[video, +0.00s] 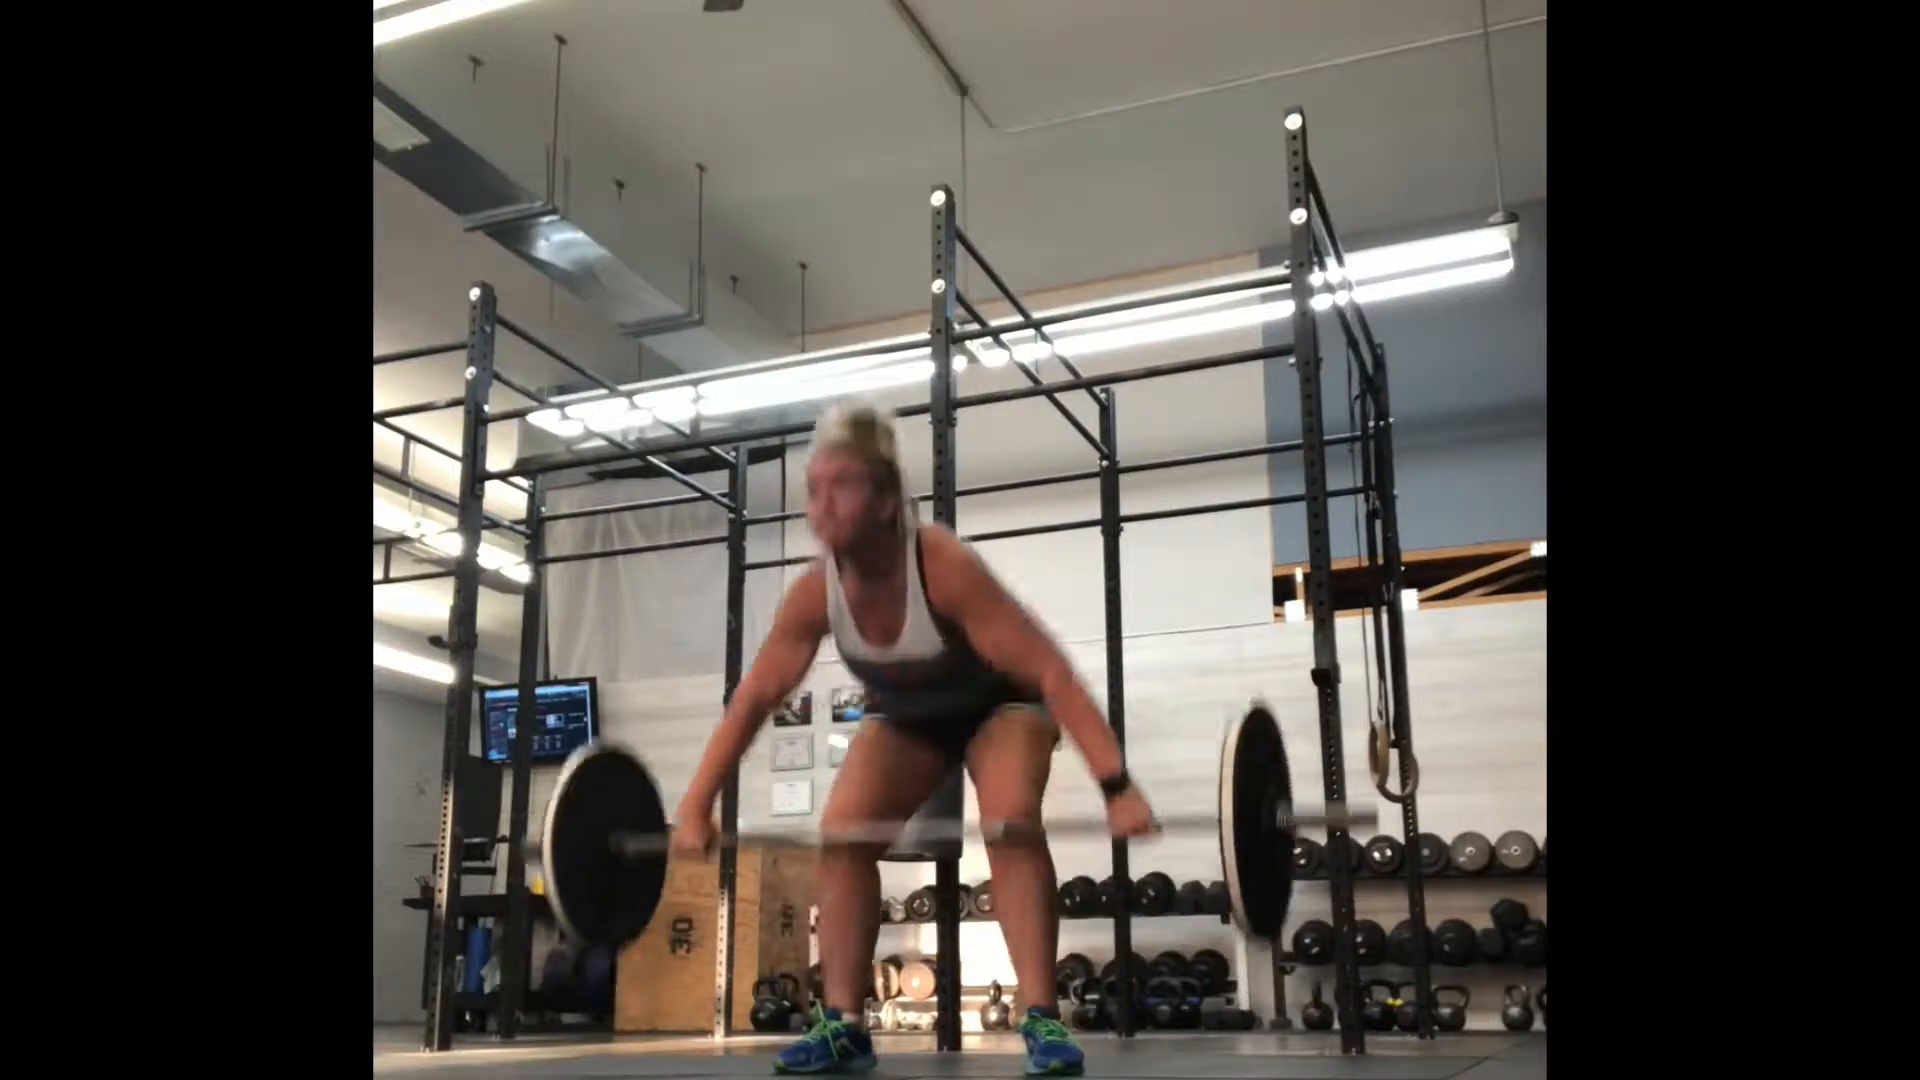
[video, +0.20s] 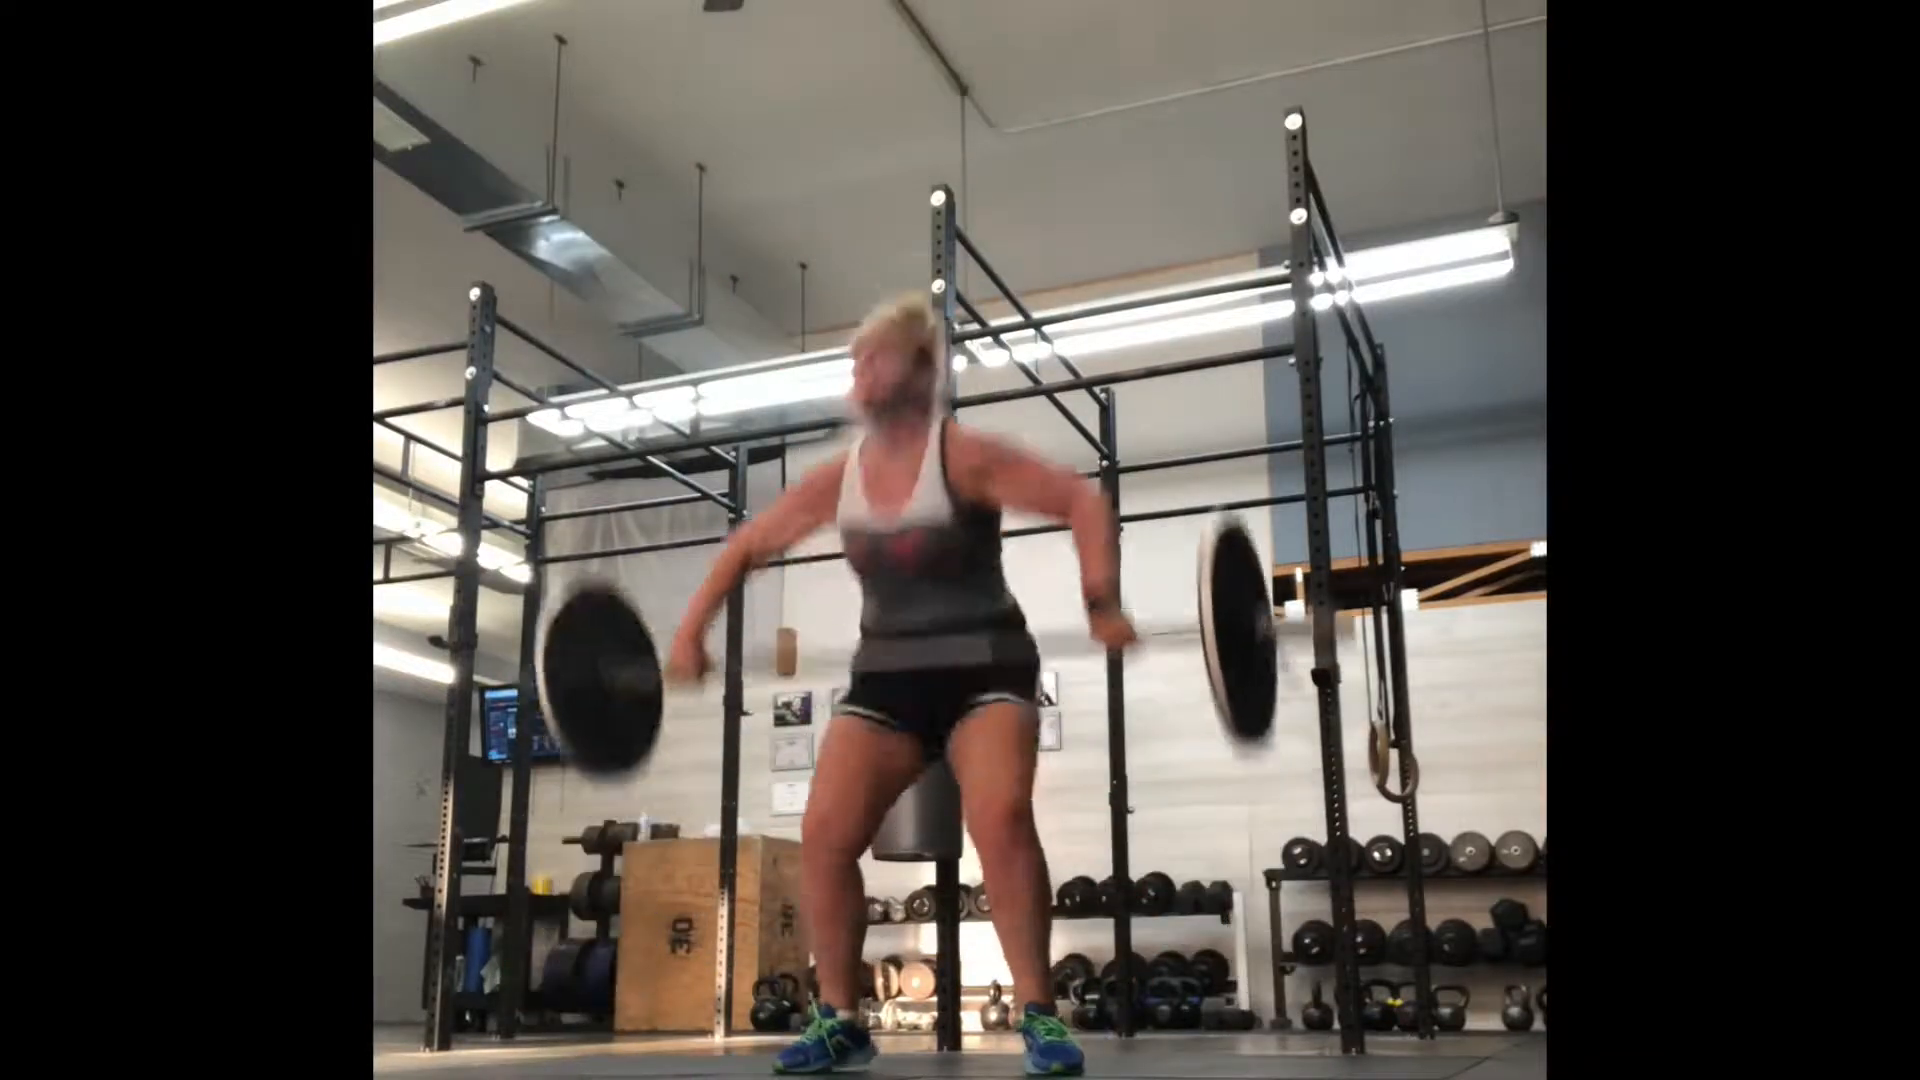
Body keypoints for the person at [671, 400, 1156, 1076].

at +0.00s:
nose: (823, 503)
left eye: (841, 486)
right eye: (814, 488)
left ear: (888, 497)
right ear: (805, 497)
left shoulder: (945, 566)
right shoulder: (817, 593)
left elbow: (1052, 669)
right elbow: (755, 698)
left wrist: (1116, 783)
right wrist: (696, 799)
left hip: (1000, 703)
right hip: (904, 715)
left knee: (1011, 828)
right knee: (842, 838)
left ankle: (1040, 1019)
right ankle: (843, 1024)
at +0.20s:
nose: (860, 372)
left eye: (876, 358)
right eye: (859, 358)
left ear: (921, 369)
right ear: (855, 375)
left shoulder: (965, 454)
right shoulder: (840, 477)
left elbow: (1084, 499)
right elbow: (744, 545)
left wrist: (1101, 600)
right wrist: (688, 627)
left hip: (986, 674)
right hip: (886, 680)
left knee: (1002, 825)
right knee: (826, 831)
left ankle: (1039, 1013)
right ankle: (840, 1020)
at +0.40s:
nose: (910, 304)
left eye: (928, 295)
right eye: (902, 298)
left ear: (967, 314)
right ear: (892, 320)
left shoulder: (999, 361)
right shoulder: (874, 388)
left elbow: (1112, 368)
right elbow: (773, 430)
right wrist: (715, 387)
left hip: (969, 567)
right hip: (873, 573)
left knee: (1007, 780)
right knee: (837, 782)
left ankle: (1066, 980)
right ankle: (810, 984)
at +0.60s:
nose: (882, 388)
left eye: (900, 382)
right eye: (878, 379)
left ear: (935, 408)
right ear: (866, 402)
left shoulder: (972, 461)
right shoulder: (846, 478)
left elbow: (1065, 372)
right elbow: (762, 429)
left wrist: (1109, 253)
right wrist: (712, 337)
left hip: (987, 695)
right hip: (881, 704)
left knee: (1051, 831)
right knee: (789, 838)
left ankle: (1078, 1017)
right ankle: (819, 1023)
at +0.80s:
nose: (850, 449)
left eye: (870, 439)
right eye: (844, 441)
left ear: (913, 462)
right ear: (838, 464)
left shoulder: (958, 514)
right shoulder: (830, 532)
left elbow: (1051, 434)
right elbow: (757, 486)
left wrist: (1120, 324)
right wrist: (718, 411)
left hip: (990, 727)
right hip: (885, 739)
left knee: (1052, 830)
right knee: (790, 839)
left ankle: (1079, 1019)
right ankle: (818, 1025)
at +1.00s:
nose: (838, 481)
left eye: (859, 472)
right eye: (832, 473)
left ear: (901, 496)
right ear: (825, 497)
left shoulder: (947, 545)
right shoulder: (821, 565)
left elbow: (1045, 471)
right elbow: (755, 513)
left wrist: (1122, 362)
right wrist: (719, 434)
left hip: (995, 747)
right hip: (894, 761)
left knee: (1060, 829)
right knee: (787, 840)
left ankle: (1078, 1021)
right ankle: (819, 1027)